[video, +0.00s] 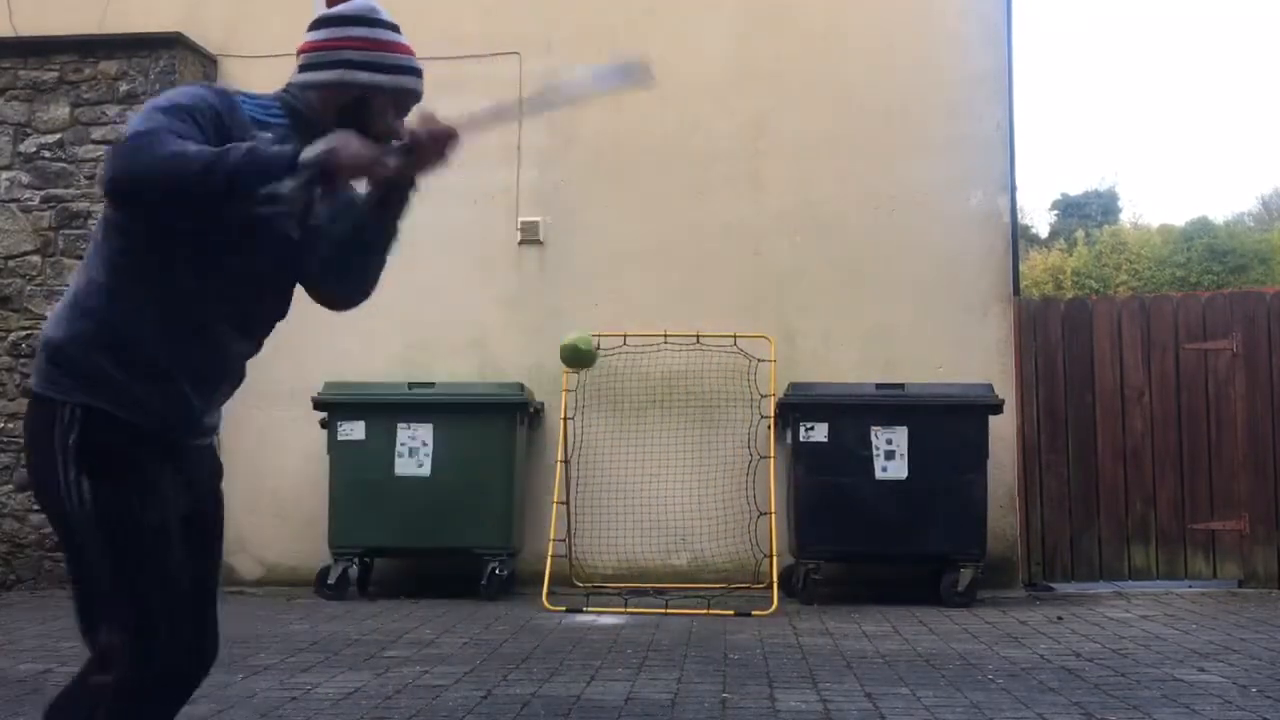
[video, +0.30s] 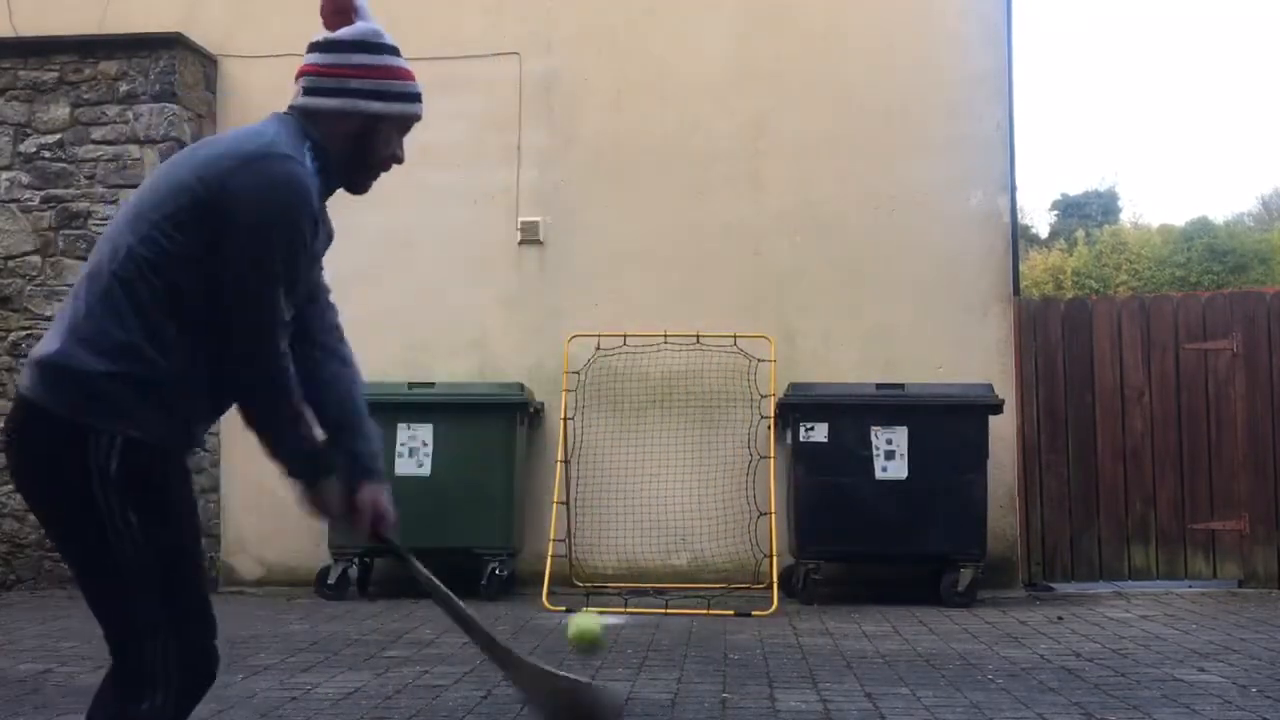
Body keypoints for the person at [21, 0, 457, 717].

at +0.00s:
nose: (402, 126)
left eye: (406, 109)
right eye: (397, 106)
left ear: (340, 91)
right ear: (350, 92)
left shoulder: (329, 184)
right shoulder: (211, 111)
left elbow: (339, 286)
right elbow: (131, 167)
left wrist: (396, 181)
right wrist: (300, 160)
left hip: (183, 423)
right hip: (92, 406)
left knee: (185, 652)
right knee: (137, 654)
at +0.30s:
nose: (399, 156)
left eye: (405, 135)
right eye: (396, 133)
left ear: (340, 115)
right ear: (352, 119)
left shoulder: (288, 177)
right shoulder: (274, 178)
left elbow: (317, 338)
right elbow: (256, 365)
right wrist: (315, 471)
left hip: (134, 431)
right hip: (90, 429)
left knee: (180, 660)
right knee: (161, 664)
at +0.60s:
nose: (417, 87)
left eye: (415, 74)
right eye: (417, 74)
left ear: (332, 63)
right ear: (406, 74)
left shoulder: (256, 133)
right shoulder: (398, 149)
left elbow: (203, 275)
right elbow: (416, 303)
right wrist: (388, 416)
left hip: (161, 403)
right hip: (246, 419)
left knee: (258, 652)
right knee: (278, 664)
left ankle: (163, 515)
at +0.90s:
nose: (505, 77)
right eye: (504, 65)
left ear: (419, 63)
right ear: (499, 69)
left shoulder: (347, 146)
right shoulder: (513, 147)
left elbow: (290, 294)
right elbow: (588, 287)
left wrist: (375, 361)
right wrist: (595, 429)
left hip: (311, 420)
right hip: (429, 423)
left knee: (323, 641)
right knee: (548, 628)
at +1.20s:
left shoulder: (541, 27)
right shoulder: (714, 24)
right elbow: (803, 34)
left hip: (566, 333)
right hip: (689, 338)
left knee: (539, 586)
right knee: (710, 591)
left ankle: (525, 712)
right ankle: (720, 715)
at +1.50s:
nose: (764, 22)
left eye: (765, 16)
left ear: (768, 19)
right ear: (853, 17)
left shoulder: (741, 103)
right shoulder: (914, 87)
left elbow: (684, 186)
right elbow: (961, 105)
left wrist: (753, 77)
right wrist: (891, 34)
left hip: (812, 432)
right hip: (936, 419)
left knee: (817, 679)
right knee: (1049, 636)